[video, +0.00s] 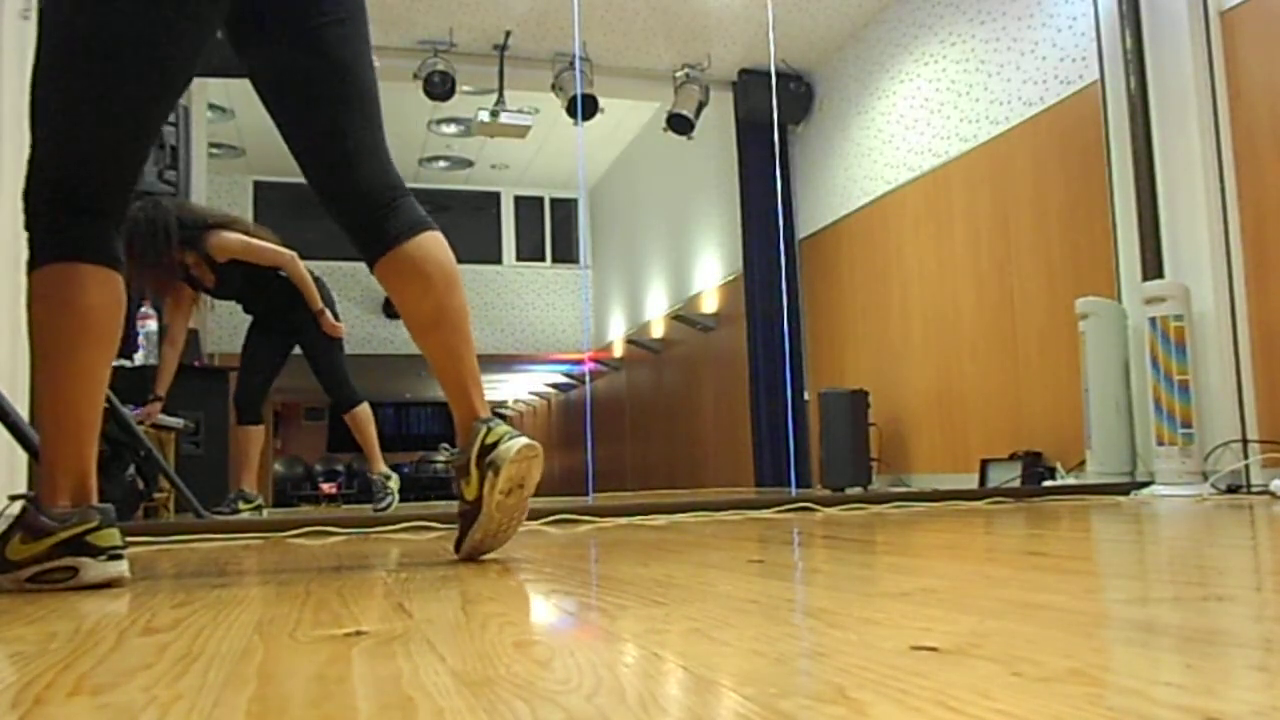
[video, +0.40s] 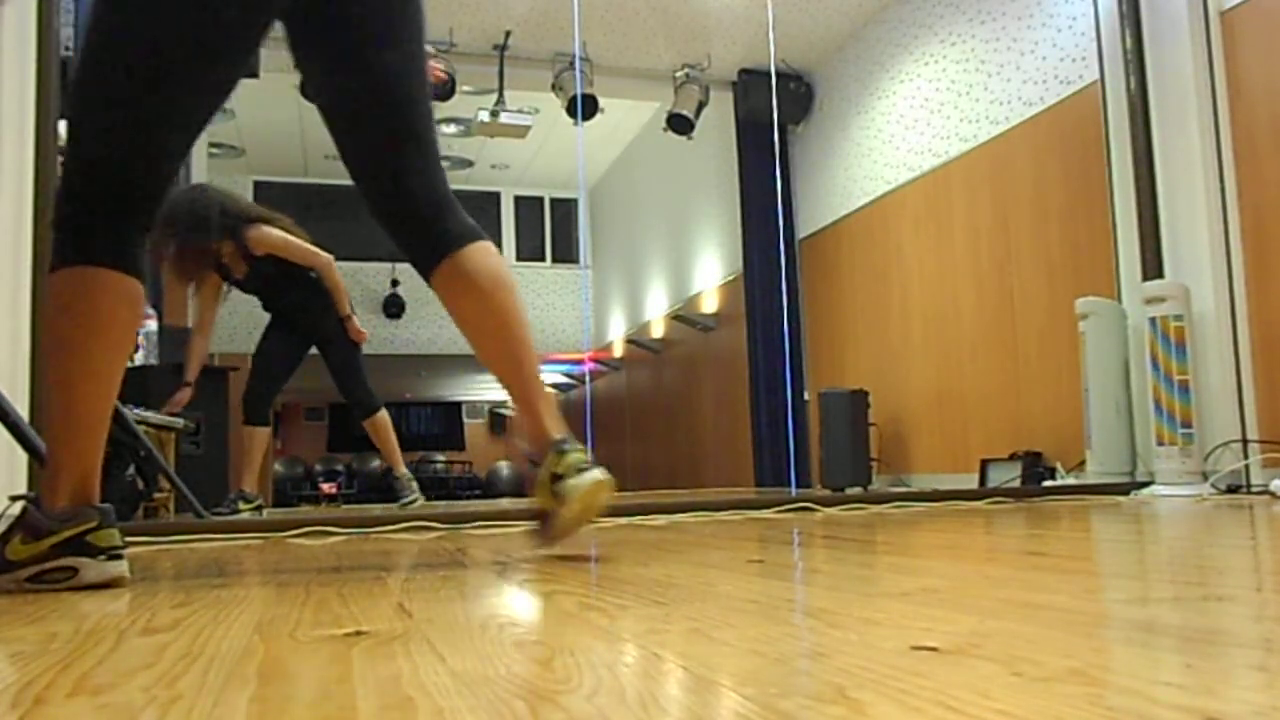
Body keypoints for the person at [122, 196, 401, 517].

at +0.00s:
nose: (150, 260)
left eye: (150, 250)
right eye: (145, 253)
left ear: (164, 238)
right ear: (165, 239)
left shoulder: (218, 244)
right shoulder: (183, 280)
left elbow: (290, 259)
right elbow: (173, 339)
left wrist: (321, 311)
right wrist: (158, 398)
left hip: (305, 305)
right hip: (268, 318)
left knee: (339, 388)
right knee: (247, 398)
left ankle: (380, 473)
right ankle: (248, 495)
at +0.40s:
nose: (188, 248)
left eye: (189, 239)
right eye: (185, 242)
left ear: (207, 229)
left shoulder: (256, 237)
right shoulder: (213, 269)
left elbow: (324, 261)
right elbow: (202, 328)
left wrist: (348, 316)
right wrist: (189, 383)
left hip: (324, 311)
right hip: (287, 321)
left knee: (357, 392)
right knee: (256, 399)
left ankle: (401, 475)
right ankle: (248, 496)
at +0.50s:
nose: (213, 235)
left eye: (216, 226)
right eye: (211, 228)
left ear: (233, 218)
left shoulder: (284, 234)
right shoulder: (238, 259)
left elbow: (347, 266)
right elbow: (231, 316)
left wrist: (364, 321)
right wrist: (221, 374)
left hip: (337, 317)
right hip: (299, 324)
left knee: (367, 401)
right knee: (265, 398)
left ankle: (413, 480)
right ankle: (249, 494)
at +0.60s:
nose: (252, 231)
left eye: (255, 221)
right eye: (249, 224)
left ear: (274, 214)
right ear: (255, 223)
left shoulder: (317, 236)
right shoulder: (266, 257)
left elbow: (372, 272)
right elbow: (261, 310)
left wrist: (385, 329)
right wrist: (257, 364)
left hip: (358, 321)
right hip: (316, 327)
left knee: (380, 403)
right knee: (278, 398)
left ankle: (419, 483)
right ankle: (250, 493)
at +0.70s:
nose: (308, 230)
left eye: (313, 221)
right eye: (302, 223)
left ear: (328, 214)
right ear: (295, 220)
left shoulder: (355, 234)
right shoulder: (298, 250)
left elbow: (401, 280)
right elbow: (294, 305)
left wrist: (407, 334)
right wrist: (291, 359)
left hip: (378, 322)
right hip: (334, 326)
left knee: (396, 405)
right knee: (295, 401)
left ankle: (420, 485)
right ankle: (254, 492)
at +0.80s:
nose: (347, 219)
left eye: (351, 211)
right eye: (342, 212)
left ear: (365, 206)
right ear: (334, 212)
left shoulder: (388, 228)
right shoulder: (328, 238)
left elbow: (426, 277)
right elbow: (319, 294)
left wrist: (430, 332)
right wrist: (316, 345)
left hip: (396, 323)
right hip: (350, 325)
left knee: (412, 404)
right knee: (313, 402)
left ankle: (423, 485)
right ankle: (266, 489)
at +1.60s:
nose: (402, 162)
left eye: (409, 159)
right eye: (396, 157)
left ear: (417, 172)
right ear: (382, 167)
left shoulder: (431, 210)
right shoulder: (364, 207)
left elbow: (455, 262)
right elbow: (333, 259)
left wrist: (460, 308)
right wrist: (357, 299)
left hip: (432, 311)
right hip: (386, 313)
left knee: (439, 396)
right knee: (384, 399)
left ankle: (446, 481)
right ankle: (377, 485)